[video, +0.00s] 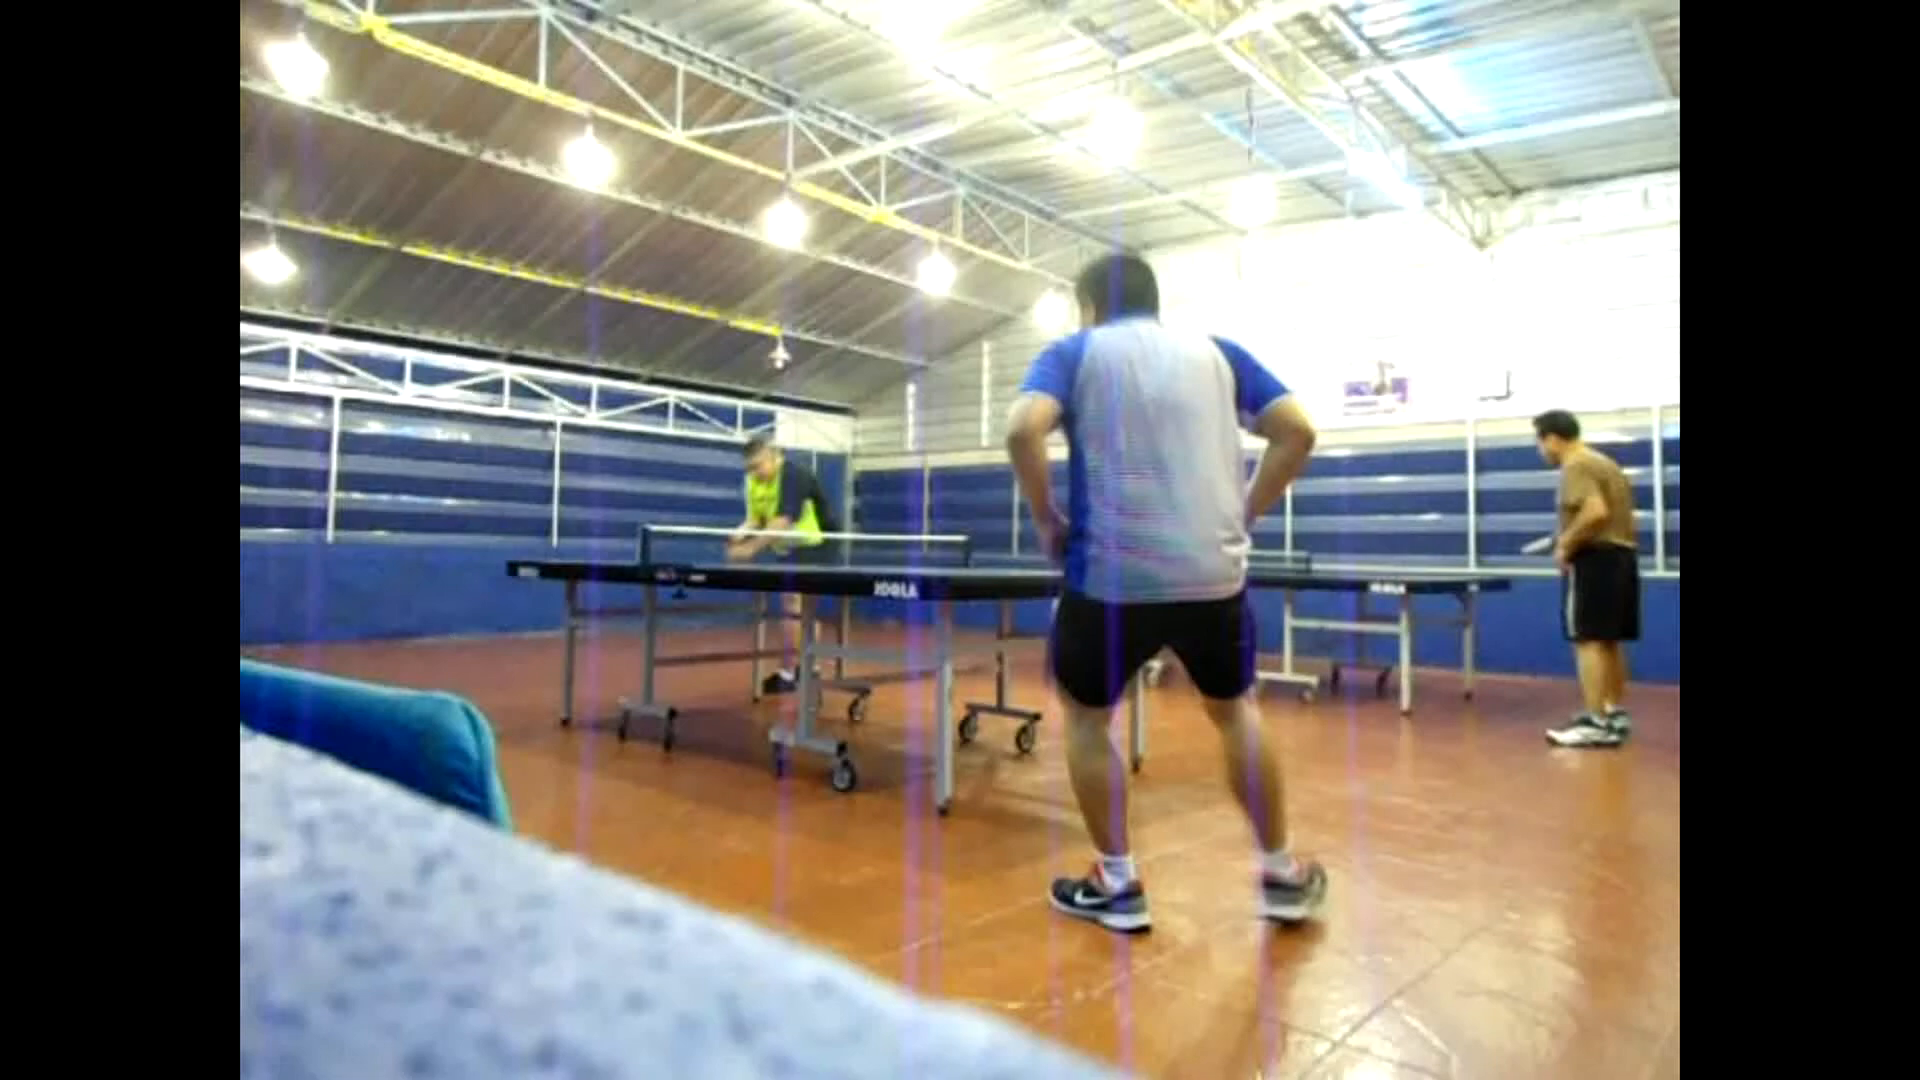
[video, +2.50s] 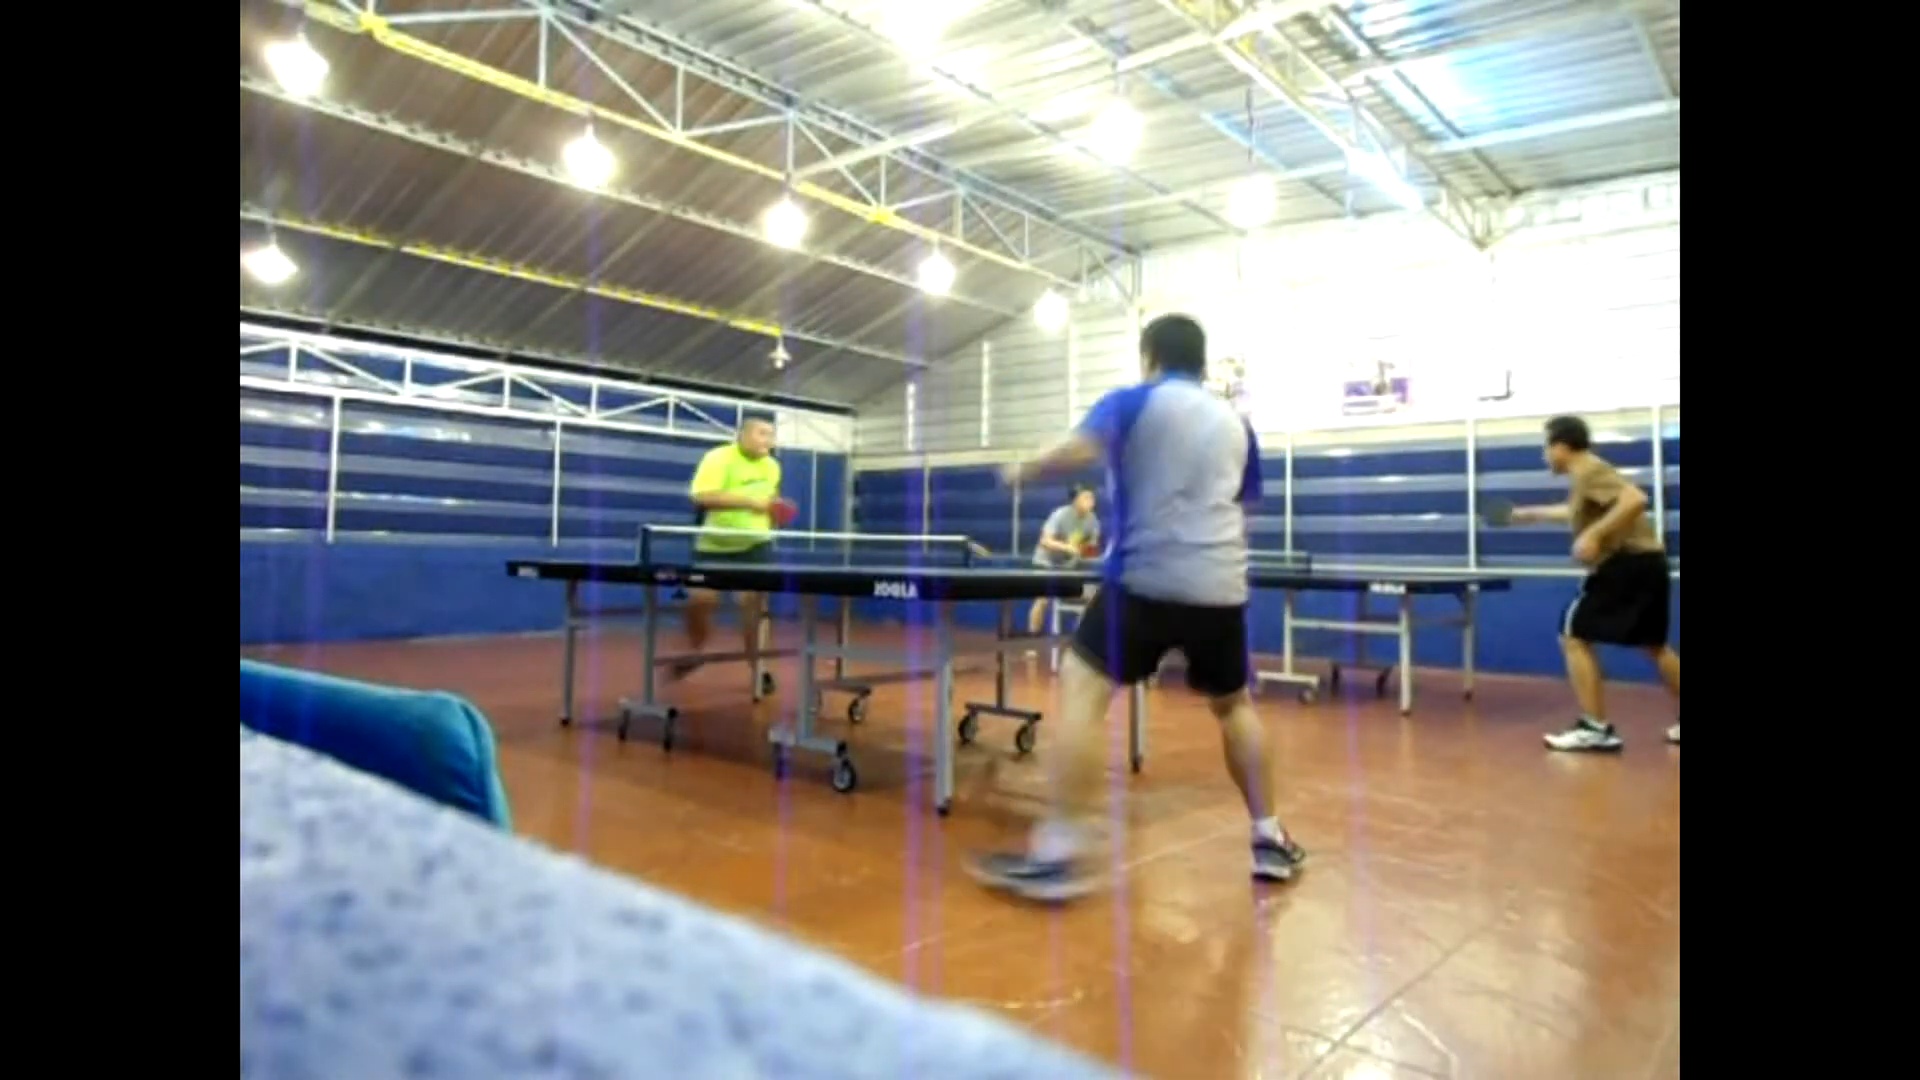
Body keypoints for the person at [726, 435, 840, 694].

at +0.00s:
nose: (756, 472)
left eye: (759, 465)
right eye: (751, 467)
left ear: (774, 457)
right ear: (748, 466)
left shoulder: (792, 475)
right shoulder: (754, 482)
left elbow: (785, 521)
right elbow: (755, 517)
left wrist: (751, 547)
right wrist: (739, 535)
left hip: (814, 545)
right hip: (786, 546)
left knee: (792, 603)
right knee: (804, 608)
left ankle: (790, 668)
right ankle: (810, 663)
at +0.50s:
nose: (732, 511)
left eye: (731, 504)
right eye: (727, 508)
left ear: (739, 491)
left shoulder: (769, 495)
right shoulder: (742, 498)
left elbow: (749, 538)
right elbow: (734, 534)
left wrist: (699, 549)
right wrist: (700, 549)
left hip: (811, 550)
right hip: (789, 551)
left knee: (789, 607)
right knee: (783, 608)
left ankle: (788, 671)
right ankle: (787, 667)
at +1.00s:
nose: (719, 506)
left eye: (716, 500)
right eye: (714, 502)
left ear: (725, 486)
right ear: (725, 485)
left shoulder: (751, 492)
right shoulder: (751, 488)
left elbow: (728, 536)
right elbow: (739, 540)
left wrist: (690, 560)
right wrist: (710, 564)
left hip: (810, 547)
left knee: (782, 603)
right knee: (779, 604)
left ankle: (785, 672)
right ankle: (788, 669)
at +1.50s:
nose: (728, 462)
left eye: (732, 454)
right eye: (725, 457)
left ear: (749, 454)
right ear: (727, 461)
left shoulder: (770, 471)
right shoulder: (749, 485)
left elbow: (753, 471)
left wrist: (720, 474)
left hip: (806, 544)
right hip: (784, 548)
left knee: (788, 604)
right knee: (775, 606)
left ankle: (790, 669)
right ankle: (782, 668)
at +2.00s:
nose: (744, 491)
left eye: (748, 484)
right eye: (738, 487)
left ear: (757, 480)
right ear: (730, 488)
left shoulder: (780, 489)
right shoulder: (727, 503)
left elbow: (823, 485)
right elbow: (696, 534)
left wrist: (835, 525)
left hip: (803, 555)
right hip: (771, 560)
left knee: (783, 608)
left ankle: (768, 671)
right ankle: (803, 663)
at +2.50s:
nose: (767, 440)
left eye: (770, 435)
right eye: (761, 433)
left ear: (773, 440)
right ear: (743, 434)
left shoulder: (772, 467)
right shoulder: (718, 458)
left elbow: (767, 499)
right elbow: (701, 494)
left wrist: (777, 510)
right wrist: (751, 503)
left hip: (754, 543)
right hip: (714, 544)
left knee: (755, 604)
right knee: (700, 599)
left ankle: (760, 668)